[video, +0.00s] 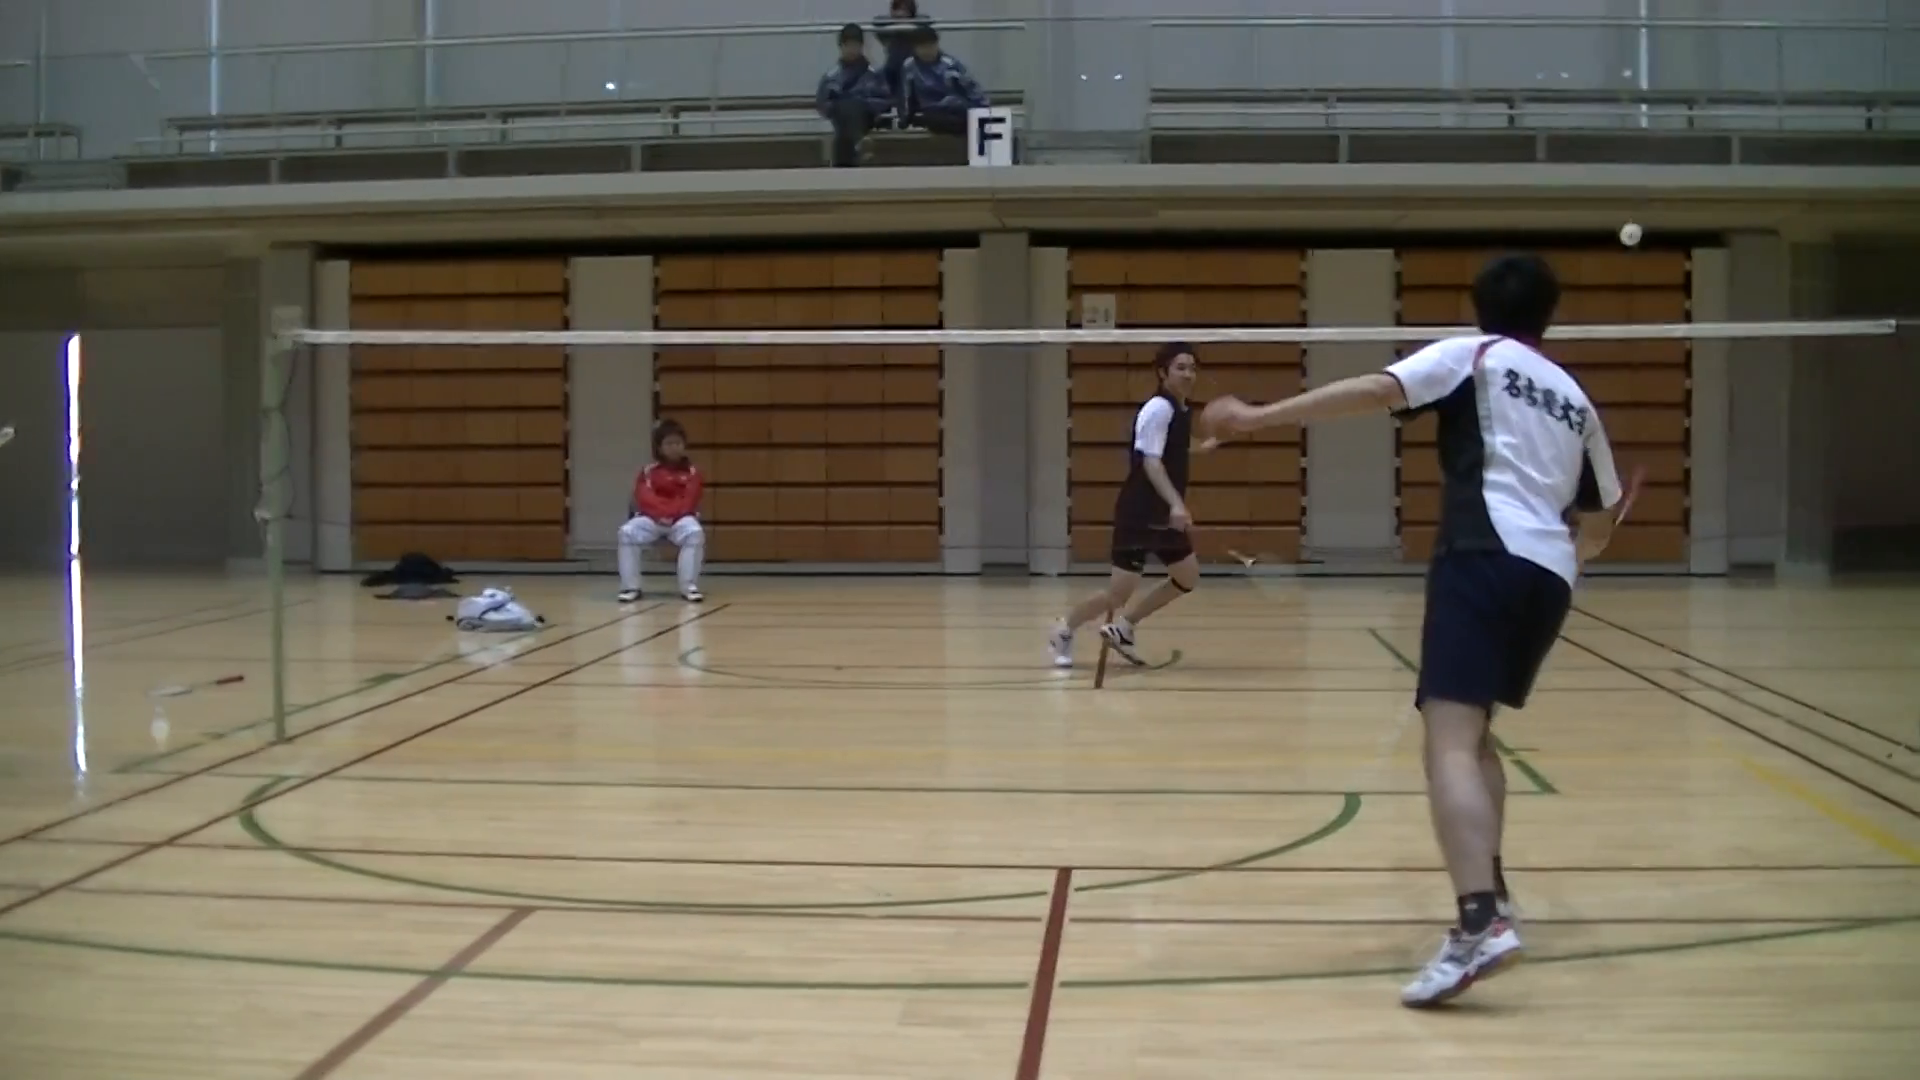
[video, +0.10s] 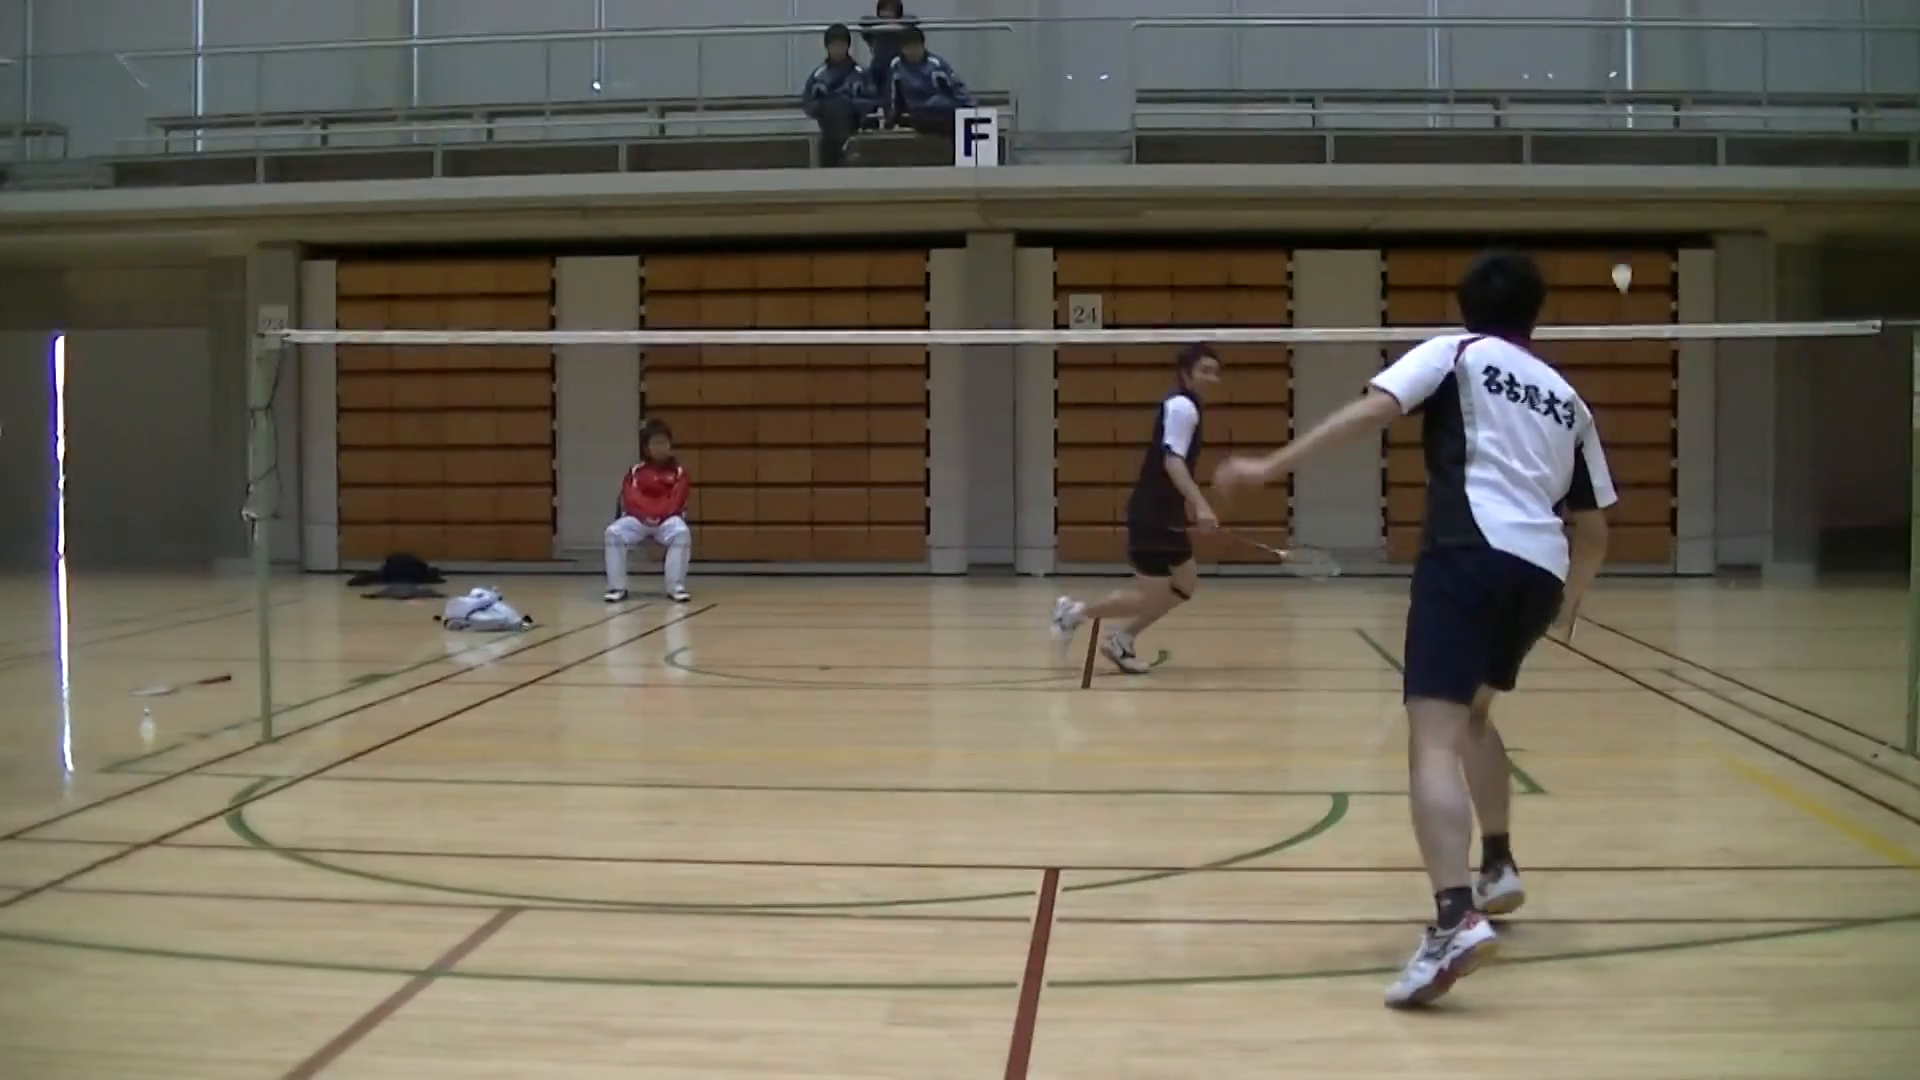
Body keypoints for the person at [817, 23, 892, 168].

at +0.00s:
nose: (851, 50)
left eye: (855, 45)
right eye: (847, 45)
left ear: (861, 47)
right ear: (840, 47)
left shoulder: (875, 76)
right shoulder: (830, 77)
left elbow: (886, 102)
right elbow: (822, 104)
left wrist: (862, 105)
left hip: (869, 119)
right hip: (840, 119)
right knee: (850, 106)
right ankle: (861, 144)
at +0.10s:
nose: (838, 50)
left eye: (842, 44)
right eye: (833, 44)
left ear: (848, 46)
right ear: (827, 47)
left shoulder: (861, 74)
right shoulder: (818, 75)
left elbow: (872, 101)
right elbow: (808, 103)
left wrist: (848, 106)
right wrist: (828, 110)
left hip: (855, 126)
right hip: (828, 127)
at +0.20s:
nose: (833, 51)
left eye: (836, 45)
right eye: (829, 46)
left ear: (843, 47)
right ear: (822, 48)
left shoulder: (856, 74)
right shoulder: (813, 75)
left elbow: (867, 102)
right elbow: (803, 104)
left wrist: (844, 106)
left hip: (849, 122)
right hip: (822, 122)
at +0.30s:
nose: (829, 50)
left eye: (833, 45)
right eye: (825, 45)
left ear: (840, 46)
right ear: (819, 47)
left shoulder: (853, 73)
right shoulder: (810, 75)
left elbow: (864, 102)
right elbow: (800, 103)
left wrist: (840, 106)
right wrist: (820, 110)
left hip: (846, 123)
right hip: (819, 124)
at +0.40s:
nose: (829, 51)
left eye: (833, 46)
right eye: (825, 46)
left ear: (839, 47)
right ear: (819, 48)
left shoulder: (852, 74)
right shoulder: (810, 76)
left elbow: (864, 102)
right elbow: (799, 105)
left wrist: (840, 107)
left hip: (845, 122)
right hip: (818, 123)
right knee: (828, 107)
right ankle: (838, 146)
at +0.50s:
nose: (830, 52)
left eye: (833, 46)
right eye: (825, 46)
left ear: (840, 48)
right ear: (819, 49)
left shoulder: (852, 75)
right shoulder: (810, 77)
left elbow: (864, 103)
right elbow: (799, 106)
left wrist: (840, 108)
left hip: (846, 122)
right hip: (818, 123)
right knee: (828, 108)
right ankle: (840, 148)